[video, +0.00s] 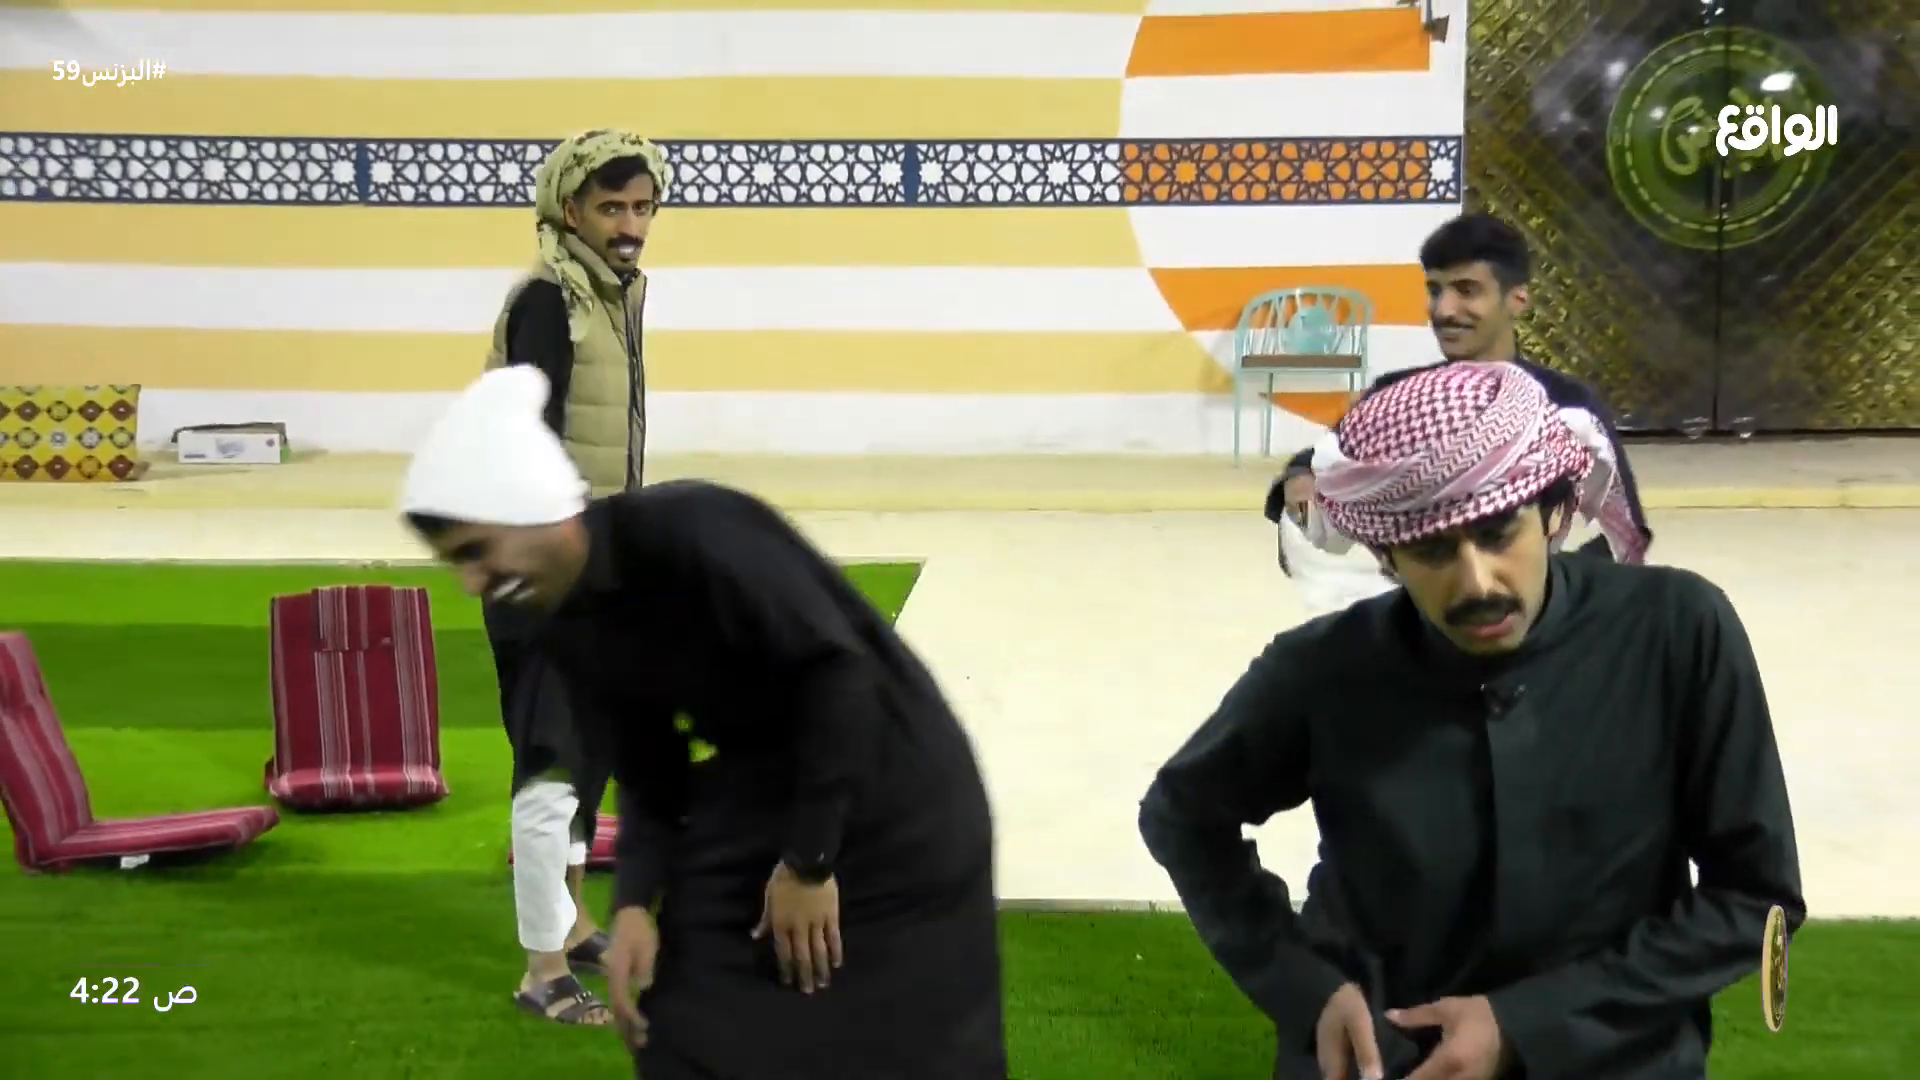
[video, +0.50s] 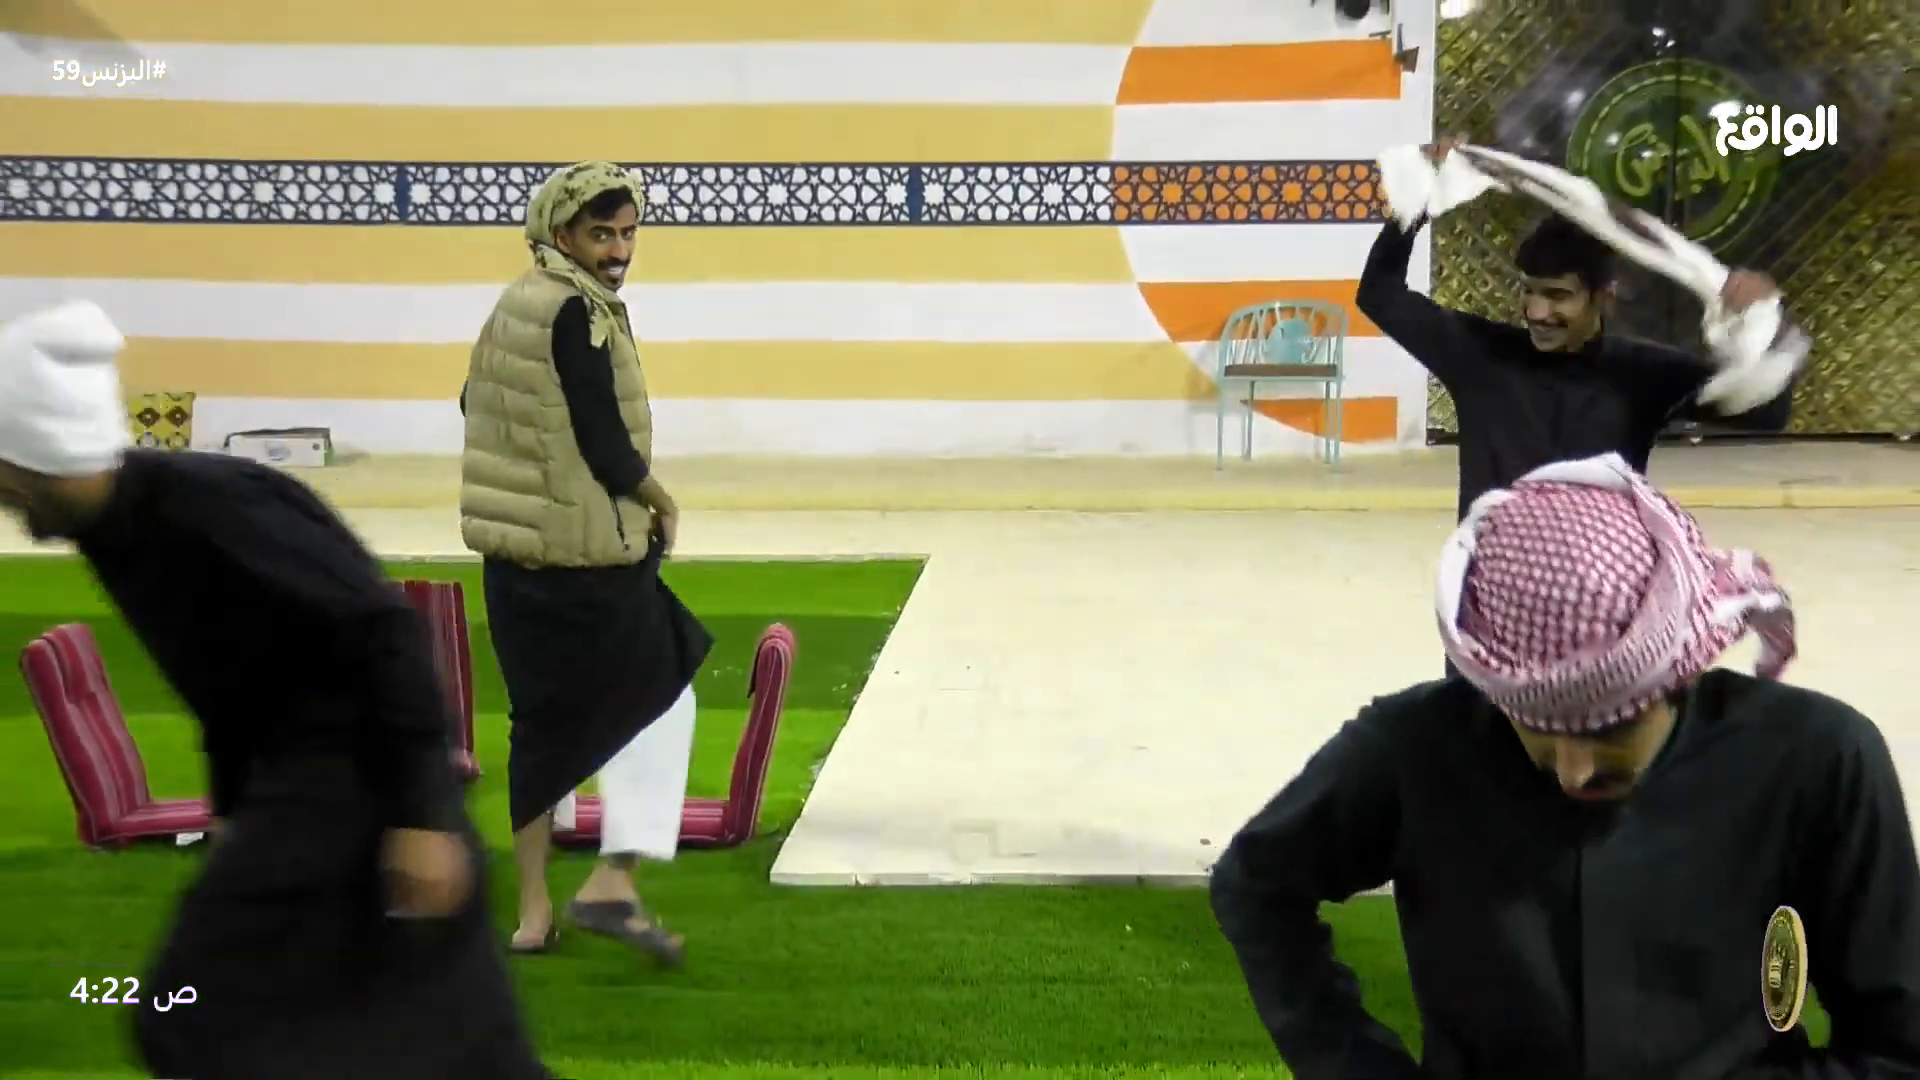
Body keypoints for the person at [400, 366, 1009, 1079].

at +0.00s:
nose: (473, 581)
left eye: (475, 551)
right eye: (456, 563)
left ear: (539, 503)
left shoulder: (697, 531)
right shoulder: (573, 625)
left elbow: (838, 669)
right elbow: (652, 769)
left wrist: (810, 860)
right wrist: (635, 904)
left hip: (892, 787)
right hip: (753, 789)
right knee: (687, 1009)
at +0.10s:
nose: (389, 614)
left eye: (400, 586)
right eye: (376, 591)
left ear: (469, 543)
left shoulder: (621, 556)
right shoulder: (497, 627)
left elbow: (782, 683)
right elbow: (586, 770)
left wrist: (792, 874)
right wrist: (586, 923)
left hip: (828, 791)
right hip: (696, 793)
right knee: (630, 995)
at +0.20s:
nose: (271, 631)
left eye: (273, 606)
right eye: (258, 612)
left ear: (332, 568)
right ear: (314, 581)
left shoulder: (515, 571)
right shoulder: (401, 634)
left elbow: (702, 693)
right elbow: (492, 765)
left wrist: (736, 879)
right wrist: (485, 912)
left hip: (710, 864)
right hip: (588, 878)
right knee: (548, 1028)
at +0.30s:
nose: (200, 613)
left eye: (204, 586)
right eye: (190, 592)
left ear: (260, 551)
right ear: (264, 551)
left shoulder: (437, 570)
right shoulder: (336, 617)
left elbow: (619, 681)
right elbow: (426, 747)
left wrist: (675, 869)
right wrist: (414, 898)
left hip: (626, 863)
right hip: (515, 870)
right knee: (520, 1038)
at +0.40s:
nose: (72, 538)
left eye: (76, 514)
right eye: (64, 518)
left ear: (136, 496)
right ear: (143, 496)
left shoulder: (310, 529)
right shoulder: (212, 564)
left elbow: (490, 647)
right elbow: (309, 698)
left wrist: (540, 835)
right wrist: (304, 845)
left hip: (472, 826)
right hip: (398, 828)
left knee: (332, 1037)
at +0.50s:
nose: (6, 494)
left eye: (7, 471)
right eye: (2, 474)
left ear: (38, 459)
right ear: (65, 448)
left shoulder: (213, 500)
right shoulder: (112, 534)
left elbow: (389, 629)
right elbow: (229, 688)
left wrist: (424, 813)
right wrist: (232, 814)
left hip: (373, 813)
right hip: (286, 823)